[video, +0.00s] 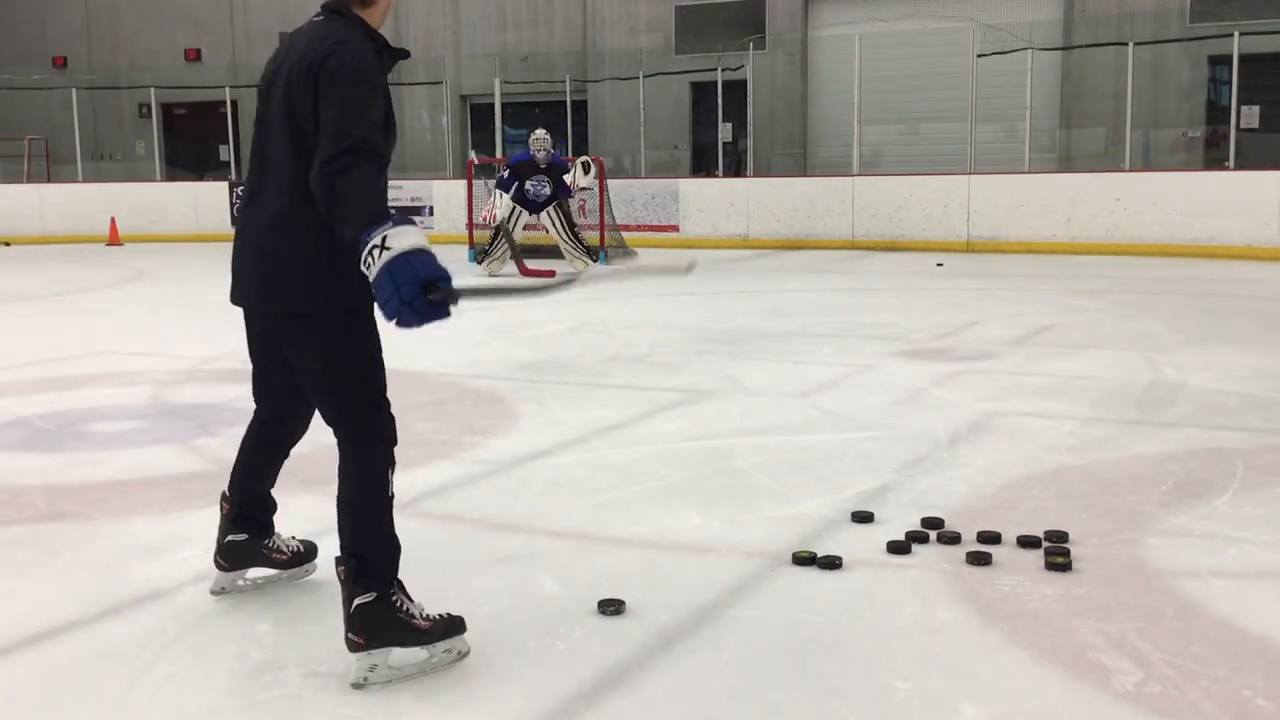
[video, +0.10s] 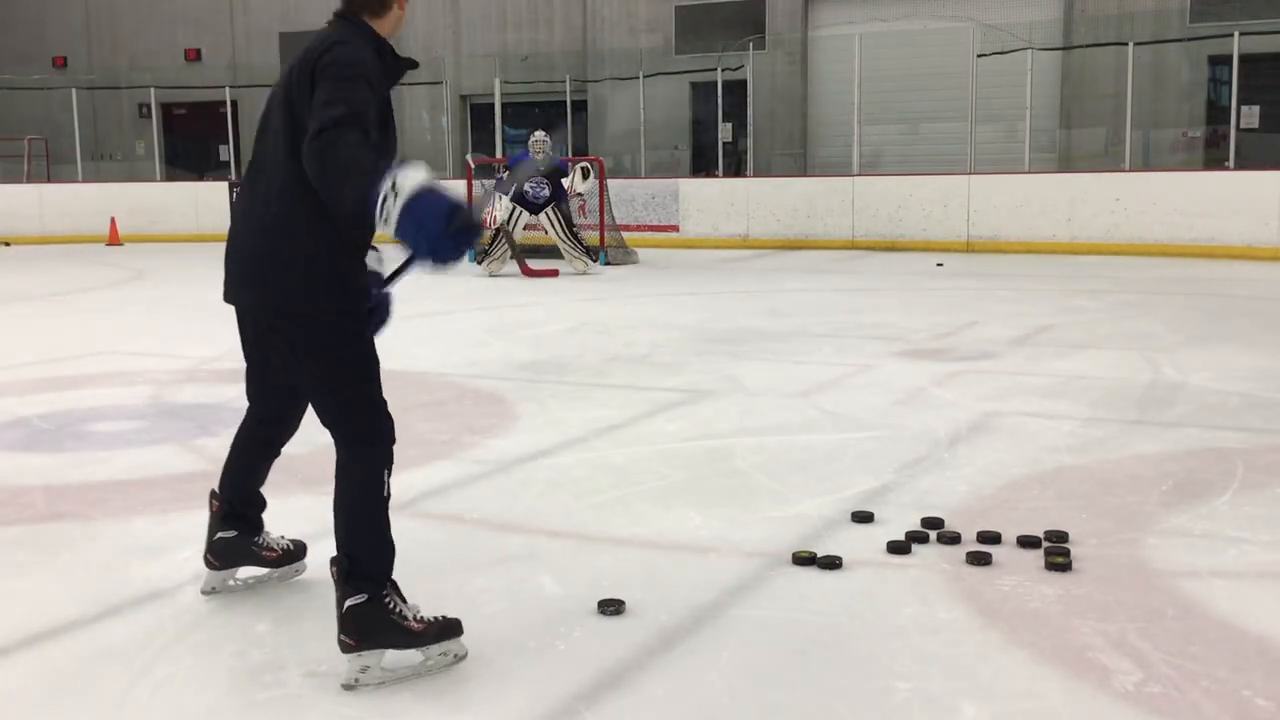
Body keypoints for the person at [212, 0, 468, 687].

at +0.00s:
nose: (394, 5)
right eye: (393, 0)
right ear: (381, 0)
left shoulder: (294, 49)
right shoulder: (352, 54)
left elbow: (272, 167)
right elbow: (347, 166)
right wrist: (385, 249)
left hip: (265, 278)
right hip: (321, 284)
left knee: (281, 409)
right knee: (368, 435)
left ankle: (242, 534)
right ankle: (374, 601)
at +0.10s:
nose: (408, 16)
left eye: (405, 8)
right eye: (408, 8)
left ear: (349, 2)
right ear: (394, 6)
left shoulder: (316, 56)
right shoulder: (353, 58)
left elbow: (291, 195)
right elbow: (337, 154)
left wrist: (351, 274)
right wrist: (402, 205)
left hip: (261, 280)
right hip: (312, 284)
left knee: (274, 409)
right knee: (366, 433)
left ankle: (232, 532)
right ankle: (367, 604)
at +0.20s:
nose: (428, 37)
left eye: (426, 26)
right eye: (429, 26)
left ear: (372, 19)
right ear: (419, 26)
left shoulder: (344, 71)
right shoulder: (367, 66)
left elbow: (364, 199)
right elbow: (358, 98)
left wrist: (394, 278)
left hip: (250, 271)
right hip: (299, 282)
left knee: (261, 408)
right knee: (366, 433)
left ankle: (215, 529)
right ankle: (352, 604)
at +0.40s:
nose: (463, 107)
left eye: (463, 95)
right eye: (466, 96)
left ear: (409, 78)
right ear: (454, 94)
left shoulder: (366, 115)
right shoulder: (410, 131)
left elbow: (341, 209)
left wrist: (371, 282)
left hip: (229, 278)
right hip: (290, 288)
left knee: (276, 410)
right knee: (364, 445)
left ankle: (205, 532)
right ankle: (335, 605)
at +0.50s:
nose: (461, 122)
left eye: (457, 111)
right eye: (463, 112)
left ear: (407, 94)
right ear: (455, 112)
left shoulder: (351, 125)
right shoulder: (428, 171)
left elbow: (273, 173)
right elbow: (411, 276)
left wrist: (322, 276)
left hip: (232, 286)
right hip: (297, 302)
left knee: (297, 406)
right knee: (342, 461)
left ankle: (243, 524)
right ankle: (305, 609)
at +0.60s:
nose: (455, 137)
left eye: (454, 126)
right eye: (456, 127)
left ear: (401, 103)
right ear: (447, 125)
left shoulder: (335, 120)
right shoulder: (434, 201)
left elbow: (242, 98)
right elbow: (431, 293)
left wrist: (257, 156)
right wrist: (423, 348)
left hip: (245, 288)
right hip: (309, 315)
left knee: (328, 387)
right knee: (288, 460)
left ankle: (285, 507)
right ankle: (213, 600)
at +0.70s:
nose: (456, 130)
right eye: (458, 123)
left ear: (401, 107)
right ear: (451, 124)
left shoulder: (346, 128)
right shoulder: (443, 195)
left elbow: (246, 125)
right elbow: (417, 256)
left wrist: (230, 136)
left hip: (262, 293)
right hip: (325, 320)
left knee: (356, 381)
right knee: (259, 457)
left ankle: (301, 503)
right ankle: (161, 575)